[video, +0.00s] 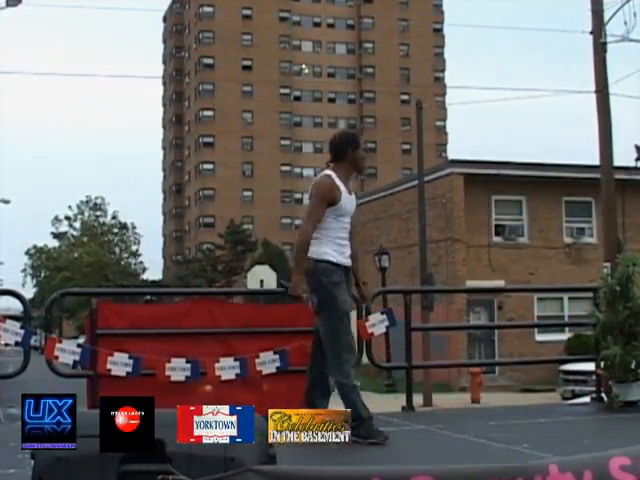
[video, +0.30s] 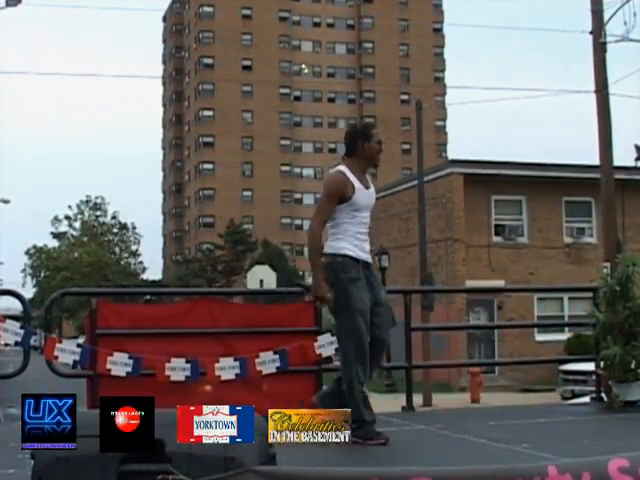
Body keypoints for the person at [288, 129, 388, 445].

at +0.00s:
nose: (364, 157)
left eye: (363, 152)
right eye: (361, 152)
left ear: (345, 154)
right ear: (350, 154)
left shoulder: (346, 187)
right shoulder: (326, 183)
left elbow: (345, 241)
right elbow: (306, 231)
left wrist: (356, 282)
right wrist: (297, 275)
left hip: (340, 270)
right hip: (324, 269)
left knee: (326, 348)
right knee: (341, 350)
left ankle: (314, 417)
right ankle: (361, 423)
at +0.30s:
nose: (381, 148)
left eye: (380, 143)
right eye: (376, 143)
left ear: (365, 148)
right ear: (360, 147)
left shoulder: (367, 182)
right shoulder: (338, 180)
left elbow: (360, 230)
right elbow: (315, 227)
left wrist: (369, 263)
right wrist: (317, 278)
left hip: (365, 266)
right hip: (343, 264)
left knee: (381, 335)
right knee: (355, 343)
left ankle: (333, 398)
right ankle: (362, 425)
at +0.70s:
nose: (406, 141)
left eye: (405, 136)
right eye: (400, 136)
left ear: (391, 144)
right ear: (381, 142)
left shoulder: (393, 177)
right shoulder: (365, 176)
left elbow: (385, 228)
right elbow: (348, 227)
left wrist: (393, 268)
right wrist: (358, 274)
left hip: (393, 268)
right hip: (370, 267)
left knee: (407, 346)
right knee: (367, 349)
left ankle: (440, 420)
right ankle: (361, 426)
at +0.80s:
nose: (414, 141)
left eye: (414, 136)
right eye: (408, 135)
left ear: (407, 143)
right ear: (389, 140)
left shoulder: (403, 179)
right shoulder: (373, 175)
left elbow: (399, 229)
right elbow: (360, 224)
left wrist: (409, 268)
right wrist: (367, 275)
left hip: (406, 269)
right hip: (380, 270)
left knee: (421, 348)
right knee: (375, 351)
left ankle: (440, 424)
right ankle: (362, 426)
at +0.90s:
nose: (426, 141)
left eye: (428, 136)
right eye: (420, 135)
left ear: (423, 142)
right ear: (401, 139)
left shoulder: (415, 178)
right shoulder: (383, 173)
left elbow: (411, 227)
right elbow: (366, 222)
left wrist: (422, 264)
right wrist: (373, 272)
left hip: (419, 268)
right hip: (391, 268)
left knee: (430, 349)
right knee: (387, 352)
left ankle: (441, 427)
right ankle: (363, 424)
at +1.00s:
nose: (436, 137)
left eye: (438, 132)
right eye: (429, 131)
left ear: (436, 139)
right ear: (411, 137)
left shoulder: (430, 180)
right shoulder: (393, 170)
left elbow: (428, 227)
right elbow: (372, 217)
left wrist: (436, 261)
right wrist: (378, 266)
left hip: (432, 265)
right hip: (403, 265)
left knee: (439, 348)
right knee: (403, 347)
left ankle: (442, 426)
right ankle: (367, 417)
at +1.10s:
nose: (446, 135)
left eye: (447, 130)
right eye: (439, 130)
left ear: (444, 138)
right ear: (420, 135)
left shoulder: (442, 179)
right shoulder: (401, 169)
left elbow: (441, 226)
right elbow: (378, 215)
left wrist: (448, 260)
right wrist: (384, 262)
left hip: (442, 265)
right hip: (412, 264)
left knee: (446, 346)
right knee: (418, 340)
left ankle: (442, 425)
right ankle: (380, 406)